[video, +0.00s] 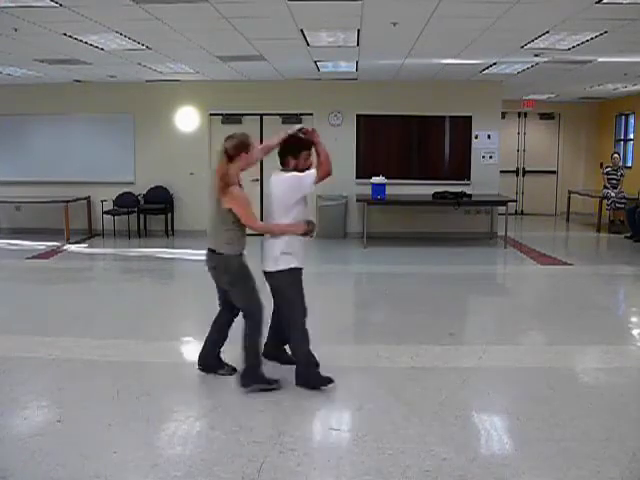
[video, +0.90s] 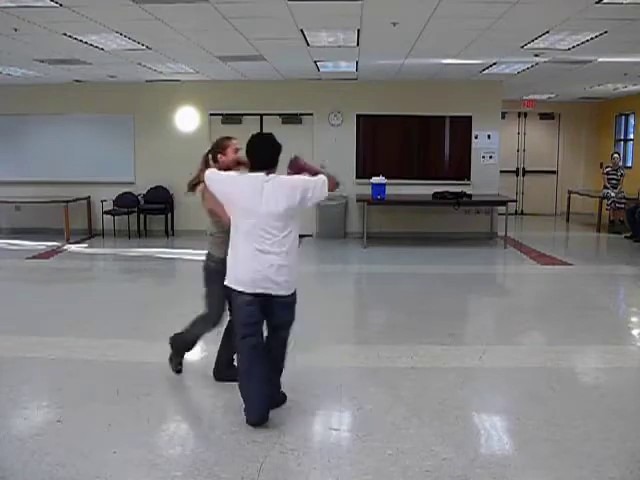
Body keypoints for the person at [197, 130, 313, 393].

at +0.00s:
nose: (254, 155)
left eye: (254, 151)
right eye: (253, 151)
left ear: (232, 153)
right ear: (243, 155)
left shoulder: (224, 173)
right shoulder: (233, 190)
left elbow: (263, 151)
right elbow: (255, 226)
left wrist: (290, 134)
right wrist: (295, 228)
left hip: (219, 256)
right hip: (229, 259)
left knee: (229, 309)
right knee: (253, 310)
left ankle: (209, 358)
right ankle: (252, 374)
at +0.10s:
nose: (245, 159)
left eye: (245, 154)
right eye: (243, 154)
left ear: (226, 158)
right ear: (229, 158)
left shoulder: (228, 177)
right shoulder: (219, 193)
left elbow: (261, 166)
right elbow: (254, 225)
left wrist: (291, 155)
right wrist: (289, 233)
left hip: (221, 257)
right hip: (215, 260)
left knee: (230, 311)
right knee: (231, 313)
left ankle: (211, 360)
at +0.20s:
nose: (240, 154)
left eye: (239, 150)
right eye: (236, 150)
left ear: (223, 155)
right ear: (221, 155)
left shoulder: (231, 176)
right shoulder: (207, 187)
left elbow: (264, 180)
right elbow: (228, 226)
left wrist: (293, 180)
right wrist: (267, 238)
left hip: (223, 256)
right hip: (204, 257)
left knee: (226, 309)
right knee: (209, 311)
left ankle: (209, 359)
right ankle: (176, 349)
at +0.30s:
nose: (234, 152)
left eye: (234, 148)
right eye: (230, 148)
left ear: (221, 153)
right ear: (215, 153)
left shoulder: (228, 179)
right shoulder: (199, 184)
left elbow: (255, 192)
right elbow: (205, 226)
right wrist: (233, 240)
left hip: (220, 256)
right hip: (196, 256)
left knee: (223, 308)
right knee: (188, 307)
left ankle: (210, 358)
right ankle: (170, 347)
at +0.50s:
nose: (225, 153)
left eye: (224, 149)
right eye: (220, 149)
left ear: (211, 153)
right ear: (204, 153)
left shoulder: (223, 182)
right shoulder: (186, 183)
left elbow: (246, 220)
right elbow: (185, 224)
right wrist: (217, 238)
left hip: (214, 256)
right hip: (186, 257)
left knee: (224, 308)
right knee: (177, 308)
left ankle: (214, 355)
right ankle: (170, 354)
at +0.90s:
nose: (240, 155)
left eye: (239, 151)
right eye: (235, 151)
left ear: (228, 157)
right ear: (220, 157)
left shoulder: (239, 180)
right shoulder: (209, 186)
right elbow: (227, 219)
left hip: (239, 260)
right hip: (217, 260)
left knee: (240, 317)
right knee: (214, 315)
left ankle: (224, 366)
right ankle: (179, 343)